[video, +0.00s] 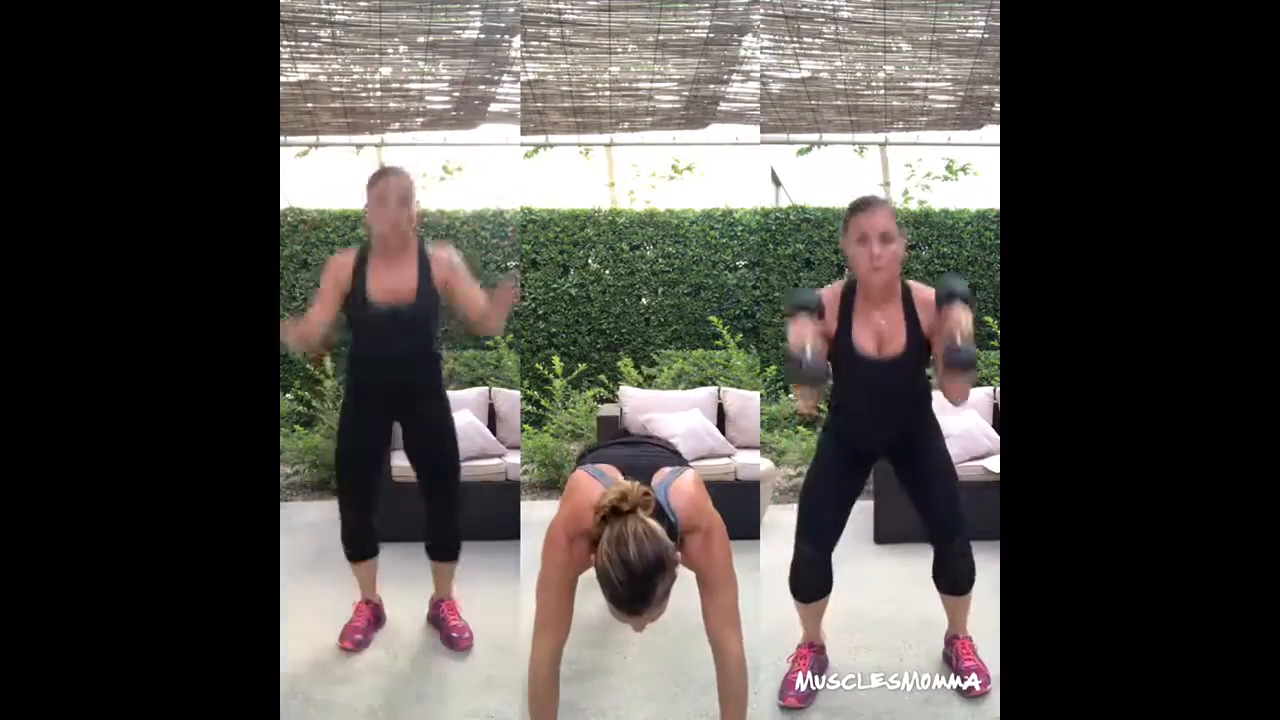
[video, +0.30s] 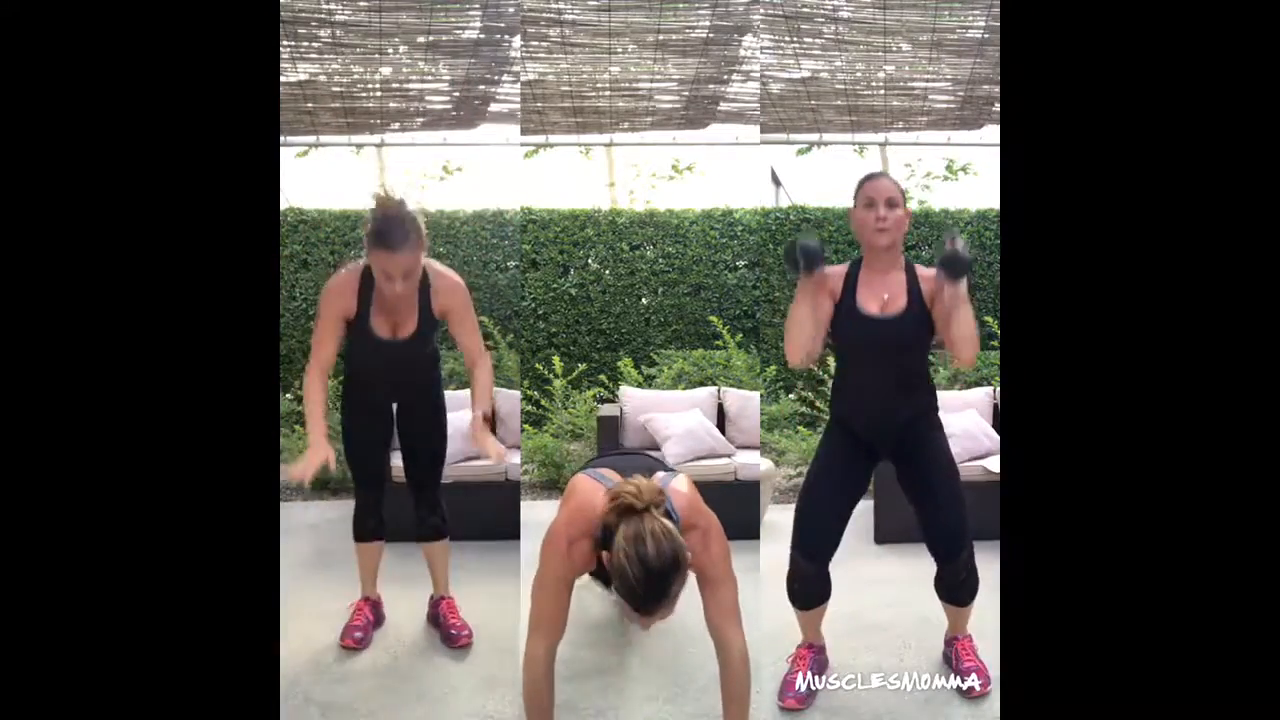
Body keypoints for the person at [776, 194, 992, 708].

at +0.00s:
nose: (877, 251)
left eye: (886, 239)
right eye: (863, 241)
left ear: (902, 246)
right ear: (846, 251)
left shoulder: (929, 303)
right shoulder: (825, 305)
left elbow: (958, 391)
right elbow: (807, 396)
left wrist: (957, 336)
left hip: (914, 432)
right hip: (846, 434)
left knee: (953, 538)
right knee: (809, 548)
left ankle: (958, 641)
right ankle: (811, 649)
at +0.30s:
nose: (882, 214)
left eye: (891, 205)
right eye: (869, 205)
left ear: (907, 217)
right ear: (852, 219)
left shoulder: (932, 281)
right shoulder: (830, 280)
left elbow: (964, 354)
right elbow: (798, 355)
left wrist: (957, 287)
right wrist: (805, 284)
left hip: (917, 429)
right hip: (848, 429)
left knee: (956, 550)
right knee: (806, 554)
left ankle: (959, 642)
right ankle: (811, 650)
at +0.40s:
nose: (886, 189)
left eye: (896, 180)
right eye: (875, 181)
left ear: (910, 193)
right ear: (860, 196)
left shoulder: (932, 257)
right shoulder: (838, 253)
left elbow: (977, 302)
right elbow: (790, 295)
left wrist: (963, 232)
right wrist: (806, 223)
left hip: (919, 415)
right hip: (850, 414)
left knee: (953, 537)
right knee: (815, 541)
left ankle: (959, 641)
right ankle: (810, 650)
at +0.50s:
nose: (891, 164)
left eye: (900, 156)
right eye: (880, 156)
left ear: (914, 168)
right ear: (864, 169)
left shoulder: (935, 231)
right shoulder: (842, 227)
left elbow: (989, 218)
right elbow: (780, 211)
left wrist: (966, 155)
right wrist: (805, 148)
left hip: (924, 391)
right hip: (855, 391)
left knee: (952, 519)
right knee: (830, 519)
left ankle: (963, 638)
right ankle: (814, 645)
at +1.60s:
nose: (897, 173)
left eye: (907, 164)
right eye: (887, 164)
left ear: (920, 173)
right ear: (871, 172)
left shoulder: (942, 237)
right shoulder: (847, 238)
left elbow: (977, 310)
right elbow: (817, 311)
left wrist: (967, 242)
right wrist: (821, 244)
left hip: (932, 393)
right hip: (862, 394)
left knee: (955, 526)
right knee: (845, 529)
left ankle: (969, 636)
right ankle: (837, 640)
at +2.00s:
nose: (898, 170)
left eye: (909, 158)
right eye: (885, 159)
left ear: (923, 163)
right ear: (867, 165)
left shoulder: (950, 229)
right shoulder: (841, 229)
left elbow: (972, 303)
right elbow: (822, 310)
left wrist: (974, 345)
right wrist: (818, 353)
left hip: (934, 391)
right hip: (864, 391)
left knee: (951, 519)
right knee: (852, 520)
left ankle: (969, 635)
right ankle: (837, 639)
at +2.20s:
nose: (897, 267)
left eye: (909, 252)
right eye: (884, 255)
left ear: (926, 239)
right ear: (865, 244)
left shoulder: (956, 285)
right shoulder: (839, 286)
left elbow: (981, 357)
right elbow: (818, 374)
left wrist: (981, 423)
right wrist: (822, 455)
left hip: (934, 398)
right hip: (864, 399)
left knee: (952, 518)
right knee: (851, 518)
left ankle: (969, 636)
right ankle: (837, 639)